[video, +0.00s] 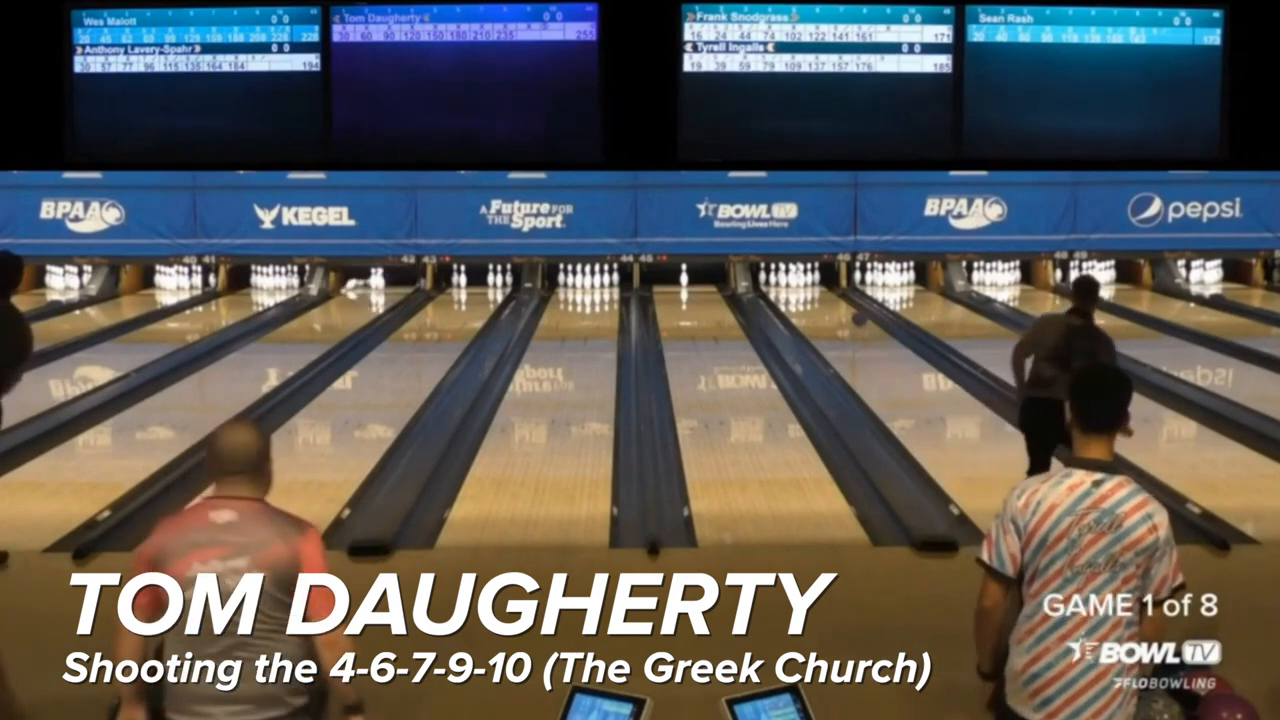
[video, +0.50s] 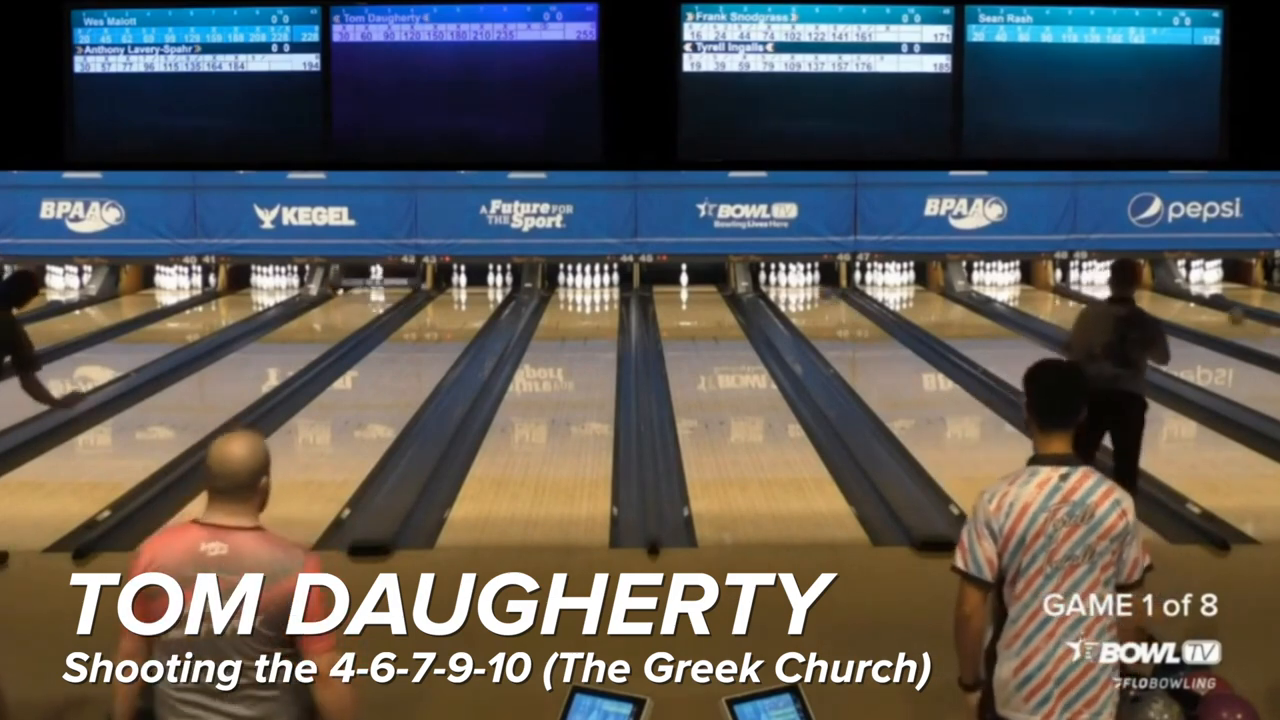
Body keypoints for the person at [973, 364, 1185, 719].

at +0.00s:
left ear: (1069, 416)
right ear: (1125, 423)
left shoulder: (1029, 497)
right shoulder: (1151, 514)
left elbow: (992, 601)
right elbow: (1153, 616)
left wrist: (988, 669)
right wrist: (1137, 675)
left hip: (1032, 687)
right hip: (1108, 694)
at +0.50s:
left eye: (1026, 407)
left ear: (1028, 414)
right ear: (1082, 416)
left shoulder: (999, 501)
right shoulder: (1117, 502)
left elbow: (971, 607)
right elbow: (1129, 595)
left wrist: (971, 682)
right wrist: (1129, 656)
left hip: (1023, 687)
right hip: (1094, 686)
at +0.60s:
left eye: (1016, 408)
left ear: (1018, 415)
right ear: (1071, 415)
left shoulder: (993, 502)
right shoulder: (1109, 500)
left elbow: (968, 606)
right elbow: (1123, 580)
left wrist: (969, 685)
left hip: (1023, 682)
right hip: (1093, 681)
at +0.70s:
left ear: (1014, 414)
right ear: (1066, 412)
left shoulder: (989, 503)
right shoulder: (1104, 498)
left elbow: (966, 612)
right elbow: (1122, 578)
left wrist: (970, 689)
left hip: (1023, 679)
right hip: (1093, 678)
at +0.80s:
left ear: (1010, 414)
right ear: (1063, 412)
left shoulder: (986, 503)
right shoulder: (1101, 497)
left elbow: (964, 611)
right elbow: (1120, 581)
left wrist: (968, 689)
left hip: (1021, 682)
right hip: (1091, 679)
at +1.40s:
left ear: (1042, 407)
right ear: (1098, 413)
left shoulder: (1003, 489)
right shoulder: (1124, 503)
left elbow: (975, 591)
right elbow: (1139, 606)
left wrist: (976, 675)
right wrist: (1141, 684)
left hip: (1016, 690)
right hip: (1095, 693)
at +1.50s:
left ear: (1060, 409)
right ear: (1114, 415)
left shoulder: (1018, 486)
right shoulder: (1137, 503)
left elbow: (987, 593)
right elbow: (1148, 610)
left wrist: (987, 673)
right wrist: (1147, 682)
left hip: (1024, 688)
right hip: (1104, 693)